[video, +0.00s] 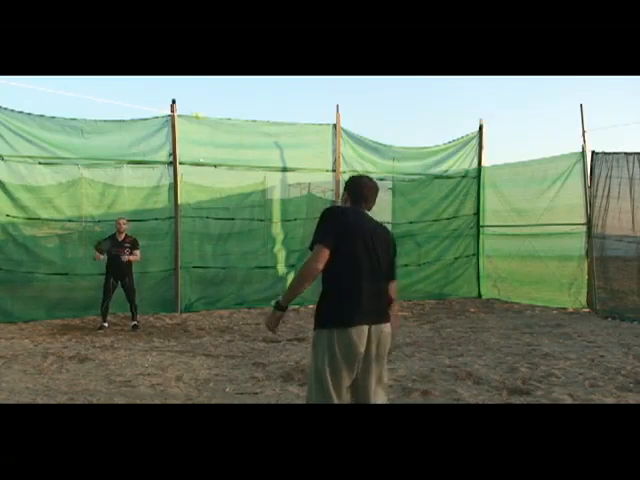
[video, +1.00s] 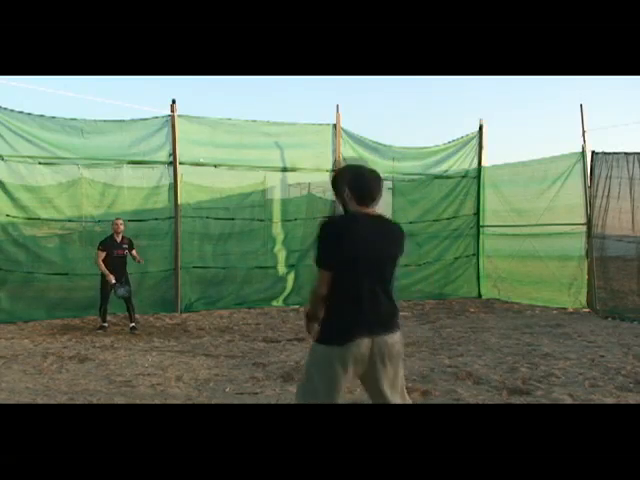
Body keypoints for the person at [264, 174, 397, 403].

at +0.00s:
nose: (341, 198)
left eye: (342, 195)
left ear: (345, 197)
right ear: (373, 203)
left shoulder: (335, 215)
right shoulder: (385, 234)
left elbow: (315, 265)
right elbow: (390, 292)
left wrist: (281, 305)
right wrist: (382, 323)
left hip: (340, 329)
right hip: (379, 330)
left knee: (328, 397)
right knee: (373, 397)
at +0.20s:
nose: (345, 189)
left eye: (346, 186)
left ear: (349, 189)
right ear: (376, 193)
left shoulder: (335, 216)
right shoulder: (394, 224)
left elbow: (323, 267)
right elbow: (414, 276)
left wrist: (300, 317)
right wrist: (414, 324)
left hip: (345, 325)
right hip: (389, 324)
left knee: (334, 396)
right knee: (399, 395)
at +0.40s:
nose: (356, 194)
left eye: (357, 191)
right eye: (357, 190)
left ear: (360, 195)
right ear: (388, 198)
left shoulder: (347, 226)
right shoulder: (408, 229)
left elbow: (343, 283)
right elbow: (429, 287)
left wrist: (328, 327)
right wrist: (414, 320)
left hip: (364, 335)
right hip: (410, 334)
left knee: (342, 398)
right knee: (420, 399)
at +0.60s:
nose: (361, 188)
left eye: (362, 184)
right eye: (362, 184)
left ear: (366, 186)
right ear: (393, 189)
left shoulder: (356, 217)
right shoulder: (416, 221)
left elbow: (355, 276)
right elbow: (430, 278)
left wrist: (341, 312)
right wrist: (400, 289)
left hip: (371, 327)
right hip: (415, 326)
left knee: (338, 396)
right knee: (420, 398)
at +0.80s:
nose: (358, 204)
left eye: (359, 201)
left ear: (362, 204)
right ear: (391, 207)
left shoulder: (350, 235)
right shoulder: (410, 239)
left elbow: (345, 294)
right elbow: (414, 288)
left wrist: (335, 324)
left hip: (366, 343)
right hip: (412, 342)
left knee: (328, 400)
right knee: (411, 400)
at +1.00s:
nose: (338, 198)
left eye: (339, 192)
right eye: (339, 192)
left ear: (346, 195)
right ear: (377, 195)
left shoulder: (334, 227)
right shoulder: (394, 231)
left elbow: (323, 286)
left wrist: (313, 312)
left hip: (341, 338)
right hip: (387, 336)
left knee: (314, 398)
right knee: (394, 398)